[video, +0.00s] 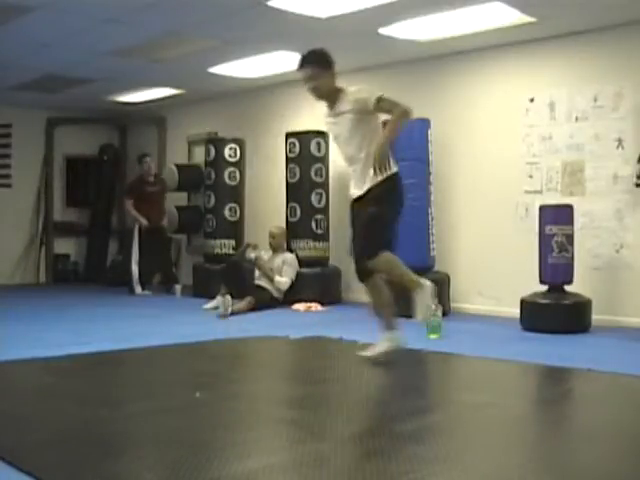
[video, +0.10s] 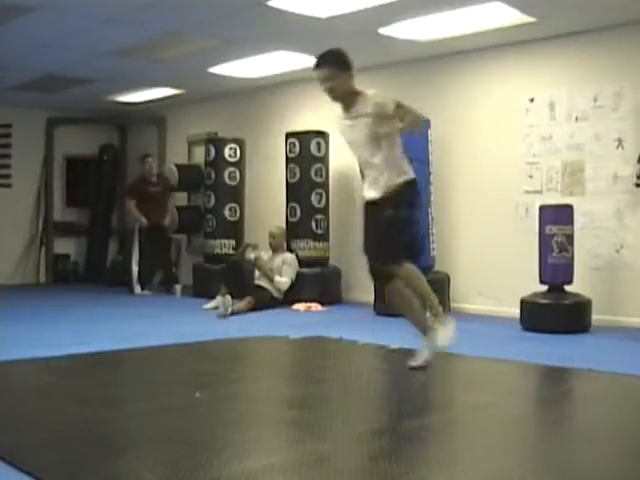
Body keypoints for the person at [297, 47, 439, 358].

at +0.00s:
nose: (310, 88)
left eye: (314, 79)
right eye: (306, 82)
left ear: (330, 73)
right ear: (305, 83)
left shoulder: (357, 99)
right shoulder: (331, 113)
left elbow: (402, 111)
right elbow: (355, 139)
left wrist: (383, 144)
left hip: (382, 185)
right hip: (359, 193)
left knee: (372, 254)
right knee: (365, 269)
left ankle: (421, 288)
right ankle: (390, 334)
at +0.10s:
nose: (327, 89)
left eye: (331, 81)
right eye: (322, 83)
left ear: (349, 75)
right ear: (321, 84)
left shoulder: (377, 104)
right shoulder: (343, 118)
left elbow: (416, 119)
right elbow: (363, 148)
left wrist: (392, 128)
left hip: (400, 188)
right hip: (373, 196)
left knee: (391, 259)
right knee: (381, 272)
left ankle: (440, 317)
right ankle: (428, 334)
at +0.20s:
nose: (343, 102)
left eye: (348, 94)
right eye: (338, 95)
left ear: (365, 89)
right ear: (335, 96)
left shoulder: (394, 118)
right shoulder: (356, 141)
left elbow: (435, 149)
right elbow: (364, 183)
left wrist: (422, 147)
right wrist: (359, 220)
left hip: (419, 211)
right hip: (390, 218)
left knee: (426, 281)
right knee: (400, 294)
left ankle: (453, 353)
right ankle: (440, 349)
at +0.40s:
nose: (376, 85)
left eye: (381, 76)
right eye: (371, 79)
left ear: (400, 72)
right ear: (368, 80)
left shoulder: (433, 107)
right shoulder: (374, 120)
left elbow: (471, 133)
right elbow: (367, 165)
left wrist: (492, 175)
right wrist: (350, 173)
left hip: (430, 212)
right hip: (393, 218)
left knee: (444, 291)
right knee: (407, 301)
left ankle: (460, 369)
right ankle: (438, 343)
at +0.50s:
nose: (394, 79)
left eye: (400, 71)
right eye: (388, 72)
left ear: (420, 66)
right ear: (384, 73)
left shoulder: (452, 111)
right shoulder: (384, 113)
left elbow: (490, 151)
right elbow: (366, 158)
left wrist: (520, 191)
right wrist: (347, 175)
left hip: (437, 219)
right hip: (391, 221)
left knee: (452, 297)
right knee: (372, 291)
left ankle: (468, 383)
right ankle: (403, 333)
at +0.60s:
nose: (402, 85)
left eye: (408, 77)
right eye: (397, 78)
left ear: (431, 74)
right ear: (393, 78)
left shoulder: (462, 125)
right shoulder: (391, 116)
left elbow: (499, 176)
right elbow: (374, 167)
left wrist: (531, 224)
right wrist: (348, 210)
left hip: (442, 232)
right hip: (391, 229)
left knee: (463, 303)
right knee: (352, 295)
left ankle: (470, 386)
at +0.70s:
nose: (398, 86)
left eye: (404, 77)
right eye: (394, 78)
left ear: (429, 72)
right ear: (392, 76)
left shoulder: (460, 120)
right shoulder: (389, 113)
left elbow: (495, 171)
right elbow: (375, 164)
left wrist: (513, 218)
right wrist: (354, 210)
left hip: (437, 230)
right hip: (386, 225)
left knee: (461, 302)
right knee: (338, 291)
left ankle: (470, 387)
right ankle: (307, 371)